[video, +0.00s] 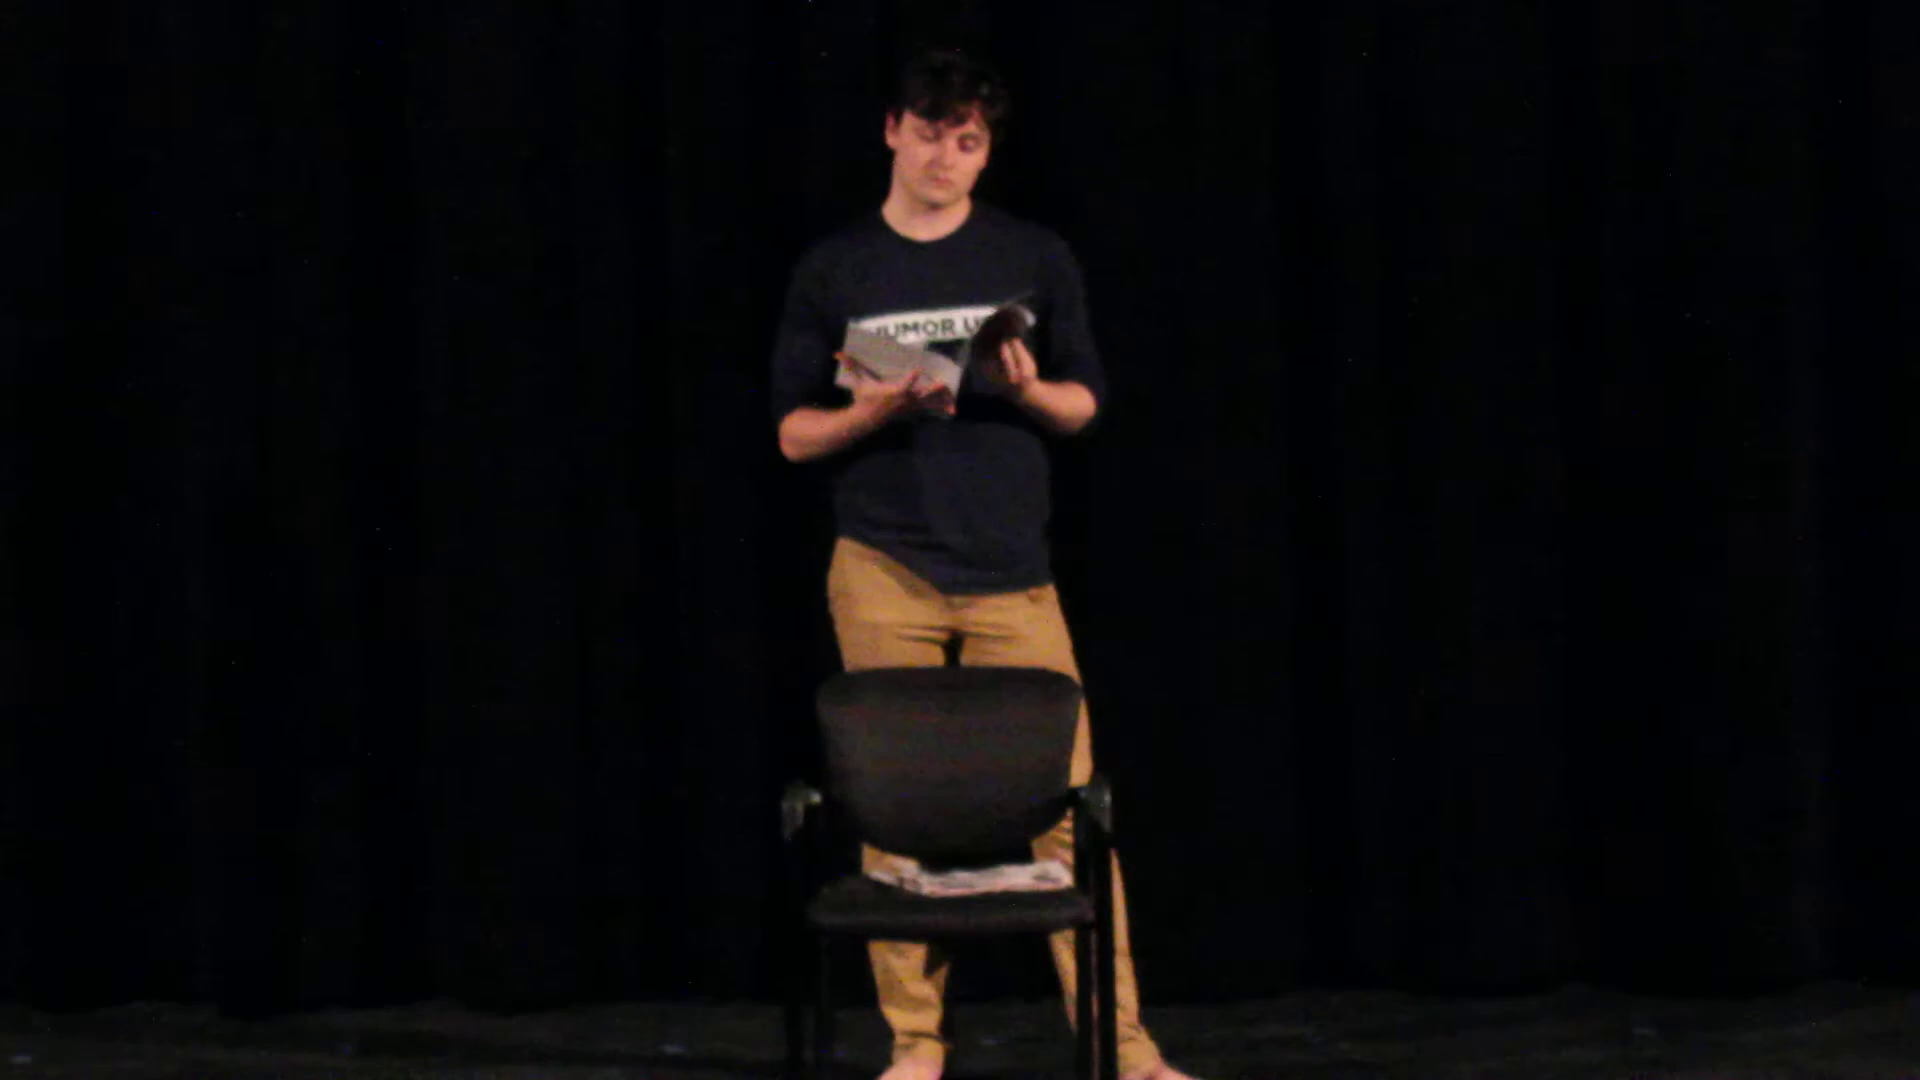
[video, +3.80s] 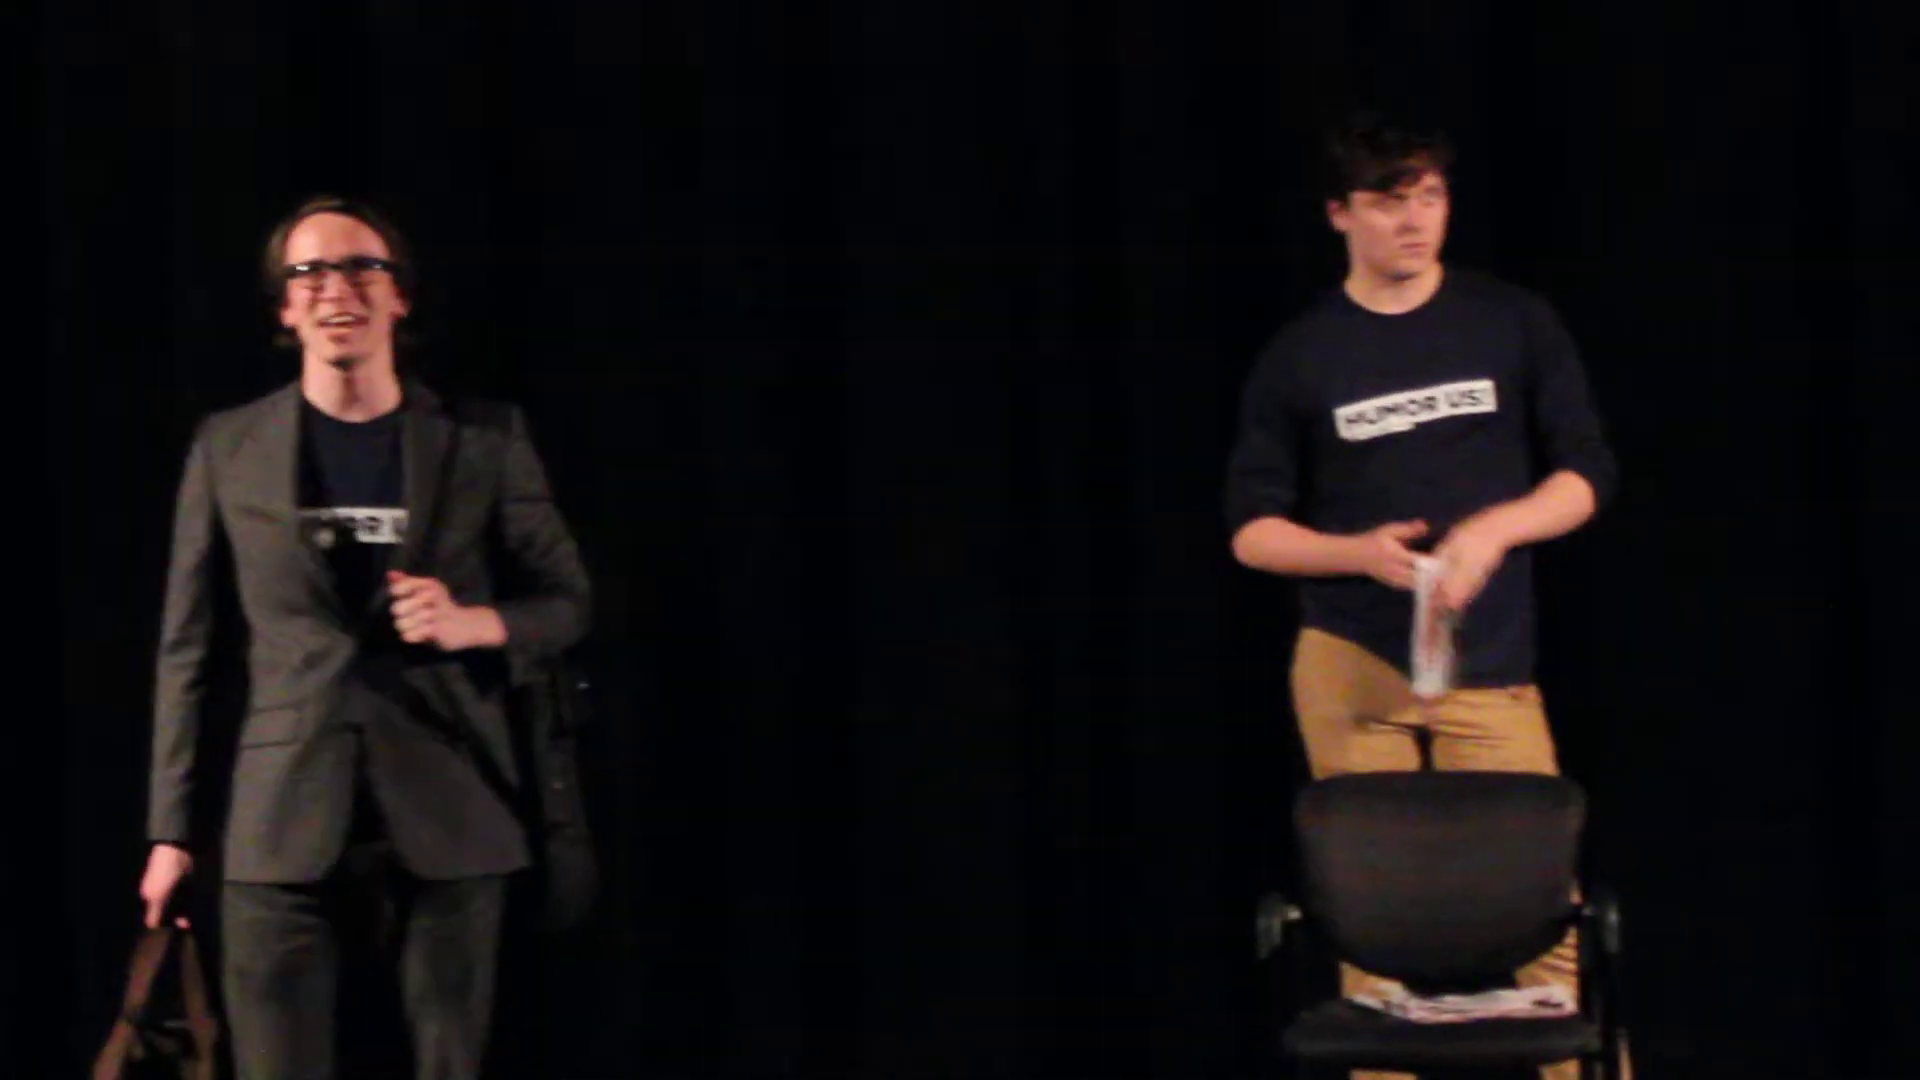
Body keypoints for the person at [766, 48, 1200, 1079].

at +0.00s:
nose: (948, 155)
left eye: (967, 138)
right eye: (932, 133)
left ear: (991, 149)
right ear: (892, 134)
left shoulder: (1036, 260)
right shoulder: (836, 269)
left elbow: (1084, 407)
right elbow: (793, 435)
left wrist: (1029, 389)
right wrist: (869, 412)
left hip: (1013, 574)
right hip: (881, 571)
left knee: (1068, 804)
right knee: (894, 807)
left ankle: (1119, 1036)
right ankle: (914, 1041)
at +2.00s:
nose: (817, 147)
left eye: (834, 117)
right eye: (806, 126)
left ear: (893, 112)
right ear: (796, 141)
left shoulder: (997, 231)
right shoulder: (802, 266)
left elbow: (1075, 382)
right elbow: (757, 442)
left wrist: (993, 377)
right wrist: (815, 387)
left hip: (976, 568)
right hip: (843, 572)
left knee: (1024, 798)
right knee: (857, 806)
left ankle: (1088, 1035)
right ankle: (882, 1036)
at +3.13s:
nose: (959, 190)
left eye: (971, 163)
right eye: (939, 175)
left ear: (1022, 150)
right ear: (923, 193)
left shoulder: (1131, 278)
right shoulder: (922, 313)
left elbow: (1204, 433)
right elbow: (882, 502)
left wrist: (1147, 424)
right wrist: (919, 466)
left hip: (1102, 620)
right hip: (961, 618)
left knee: (1153, 862)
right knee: (985, 870)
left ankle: (1206, 1067)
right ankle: (1010, 1073)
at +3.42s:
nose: (1104, 209)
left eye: (1116, 183)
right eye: (1079, 195)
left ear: (1157, 175)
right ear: (1059, 213)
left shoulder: (1259, 296)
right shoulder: (1046, 339)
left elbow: (1333, 447)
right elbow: (1004, 520)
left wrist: (1252, 460)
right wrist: (1051, 508)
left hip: (1224, 642)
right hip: (1086, 643)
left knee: (1275, 875)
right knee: (1106, 880)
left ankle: (1320, 1071)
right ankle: (1122, 1078)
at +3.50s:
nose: (1148, 214)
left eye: (1162, 188)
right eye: (1124, 199)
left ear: (1201, 188)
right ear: (1100, 222)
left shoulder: (1294, 305)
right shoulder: (1082, 347)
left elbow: (1372, 455)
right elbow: (1038, 524)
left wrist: (1269, 476)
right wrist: (1107, 518)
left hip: (1266, 654)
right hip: (1127, 656)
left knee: (1317, 889)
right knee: (1156, 894)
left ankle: (1357, 1069)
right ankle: (1164, 1078)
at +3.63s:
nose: (1298, 217)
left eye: (1311, 193)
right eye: (1272, 201)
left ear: (1340, 200)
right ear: (1235, 223)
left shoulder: (1425, 318)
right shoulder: (1210, 353)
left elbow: (1496, 471)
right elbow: (1161, 529)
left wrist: (1389, 491)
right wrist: (1254, 522)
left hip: (1397, 662)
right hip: (1258, 664)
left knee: (1443, 894)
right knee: (1286, 902)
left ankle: (1477, 1072)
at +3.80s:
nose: (1415, 217)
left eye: (1429, 195)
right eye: (1389, 199)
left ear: (1448, 205)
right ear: (1340, 217)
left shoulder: (1515, 326)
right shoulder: (1299, 358)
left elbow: (1586, 478)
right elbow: (1251, 533)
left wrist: (1492, 531)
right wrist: (1356, 553)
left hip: (1492, 669)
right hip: (1351, 674)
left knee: (1534, 904)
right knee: (1376, 912)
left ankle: (1563, 1072)